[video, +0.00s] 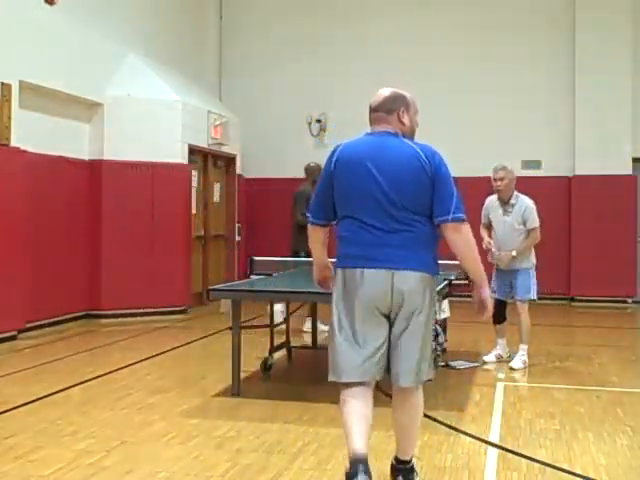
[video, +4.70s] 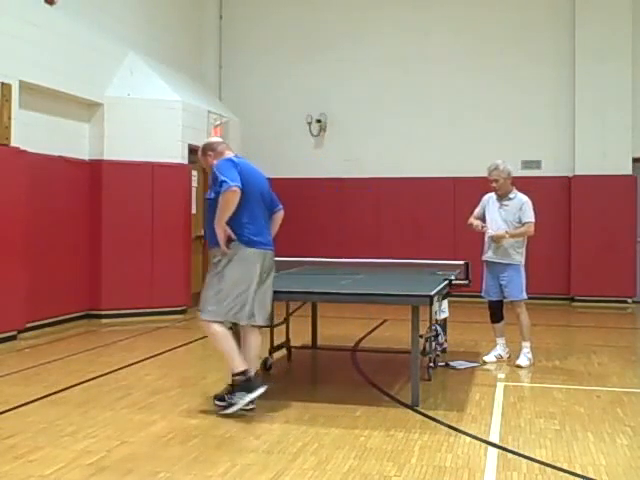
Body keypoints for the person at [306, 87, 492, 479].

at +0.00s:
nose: (417, 125)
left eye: (415, 118)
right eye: (415, 118)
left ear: (372, 118)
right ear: (403, 116)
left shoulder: (342, 154)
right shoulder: (427, 157)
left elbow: (318, 220)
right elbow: (454, 226)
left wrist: (320, 262)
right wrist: (480, 280)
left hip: (357, 276)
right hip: (415, 278)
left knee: (356, 378)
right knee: (409, 379)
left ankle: (358, 465)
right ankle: (405, 466)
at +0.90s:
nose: (386, 139)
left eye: (386, 133)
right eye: (385, 133)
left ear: (350, 132)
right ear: (373, 131)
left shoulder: (323, 163)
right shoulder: (393, 167)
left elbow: (299, 213)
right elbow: (412, 221)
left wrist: (329, 206)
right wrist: (424, 267)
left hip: (338, 266)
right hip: (383, 268)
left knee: (348, 346)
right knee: (385, 340)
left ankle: (348, 434)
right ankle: (385, 418)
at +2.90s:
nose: (348, 146)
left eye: (345, 143)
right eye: (356, 142)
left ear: (342, 148)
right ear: (366, 153)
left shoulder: (333, 164)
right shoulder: (381, 182)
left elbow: (314, 204)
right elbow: (384, 233)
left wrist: (302, 232)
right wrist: (378, 267)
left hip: (332, 251)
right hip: (368, 257)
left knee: (319, 323)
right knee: (359, 328)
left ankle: (327, 394)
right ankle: (354, 398)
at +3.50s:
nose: (302, 152)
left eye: (302, 148)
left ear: (304, 150)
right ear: (329, 148)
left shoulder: (300, 171)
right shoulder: (351, 175)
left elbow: (284, 218)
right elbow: (369, 222)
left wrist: (265, 257)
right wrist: (352, 245)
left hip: (307, 259)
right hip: (343, 260)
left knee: (299, 328)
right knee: (344, 330)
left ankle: (293, 402)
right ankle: (352, 398)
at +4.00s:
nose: (257, 162)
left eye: (256, 158)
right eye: (256, 158)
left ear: (260, 151)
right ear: (281, 145)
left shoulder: (267, 172)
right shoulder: (312, 172)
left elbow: (255, 222)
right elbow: (325, 216)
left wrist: (240, 261)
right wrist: (307, 241)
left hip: (282, 258)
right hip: (311, 257)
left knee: (286, 331)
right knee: (301, 329)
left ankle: (292, 402)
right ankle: (302, 389)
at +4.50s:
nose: (222, 166)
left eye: (220, 162)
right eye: (220, 163)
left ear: (224, 155)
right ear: (243, 150)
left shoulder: (236, 167)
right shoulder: (270, 173)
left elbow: (239, 204)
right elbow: (290, 215)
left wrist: (226, 243)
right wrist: (273, 245)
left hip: (252, 255)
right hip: (276, 254)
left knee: (244, 327)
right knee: (259, 328)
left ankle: (281, 390)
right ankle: (244, 391)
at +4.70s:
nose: (207, 168)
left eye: (205, 164)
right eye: (206, 164)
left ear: (210, 156)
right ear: (228, 150)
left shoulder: (223, 164)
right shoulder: (254, 171)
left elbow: (232, 190)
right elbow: (278, 211)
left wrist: (219, 223)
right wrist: (263, 241)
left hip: (241, 251)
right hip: (264, 252)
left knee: (210, 318)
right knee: (251, 322)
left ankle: (243, 378)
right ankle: (247, 387)